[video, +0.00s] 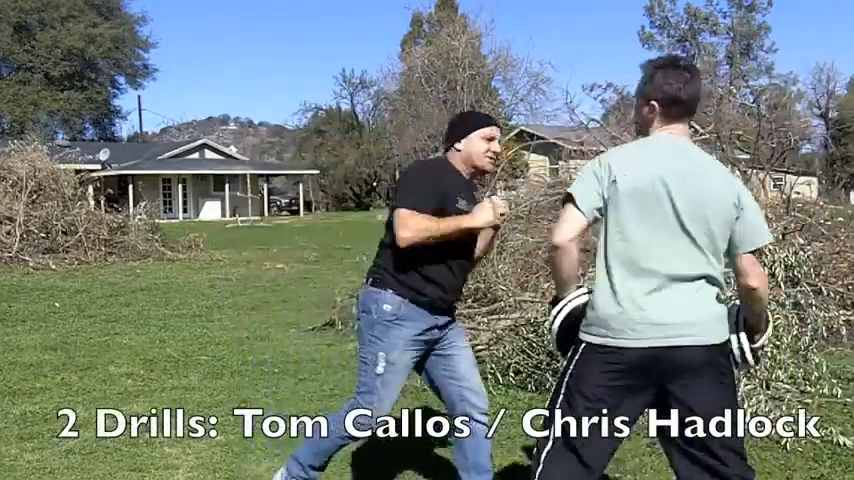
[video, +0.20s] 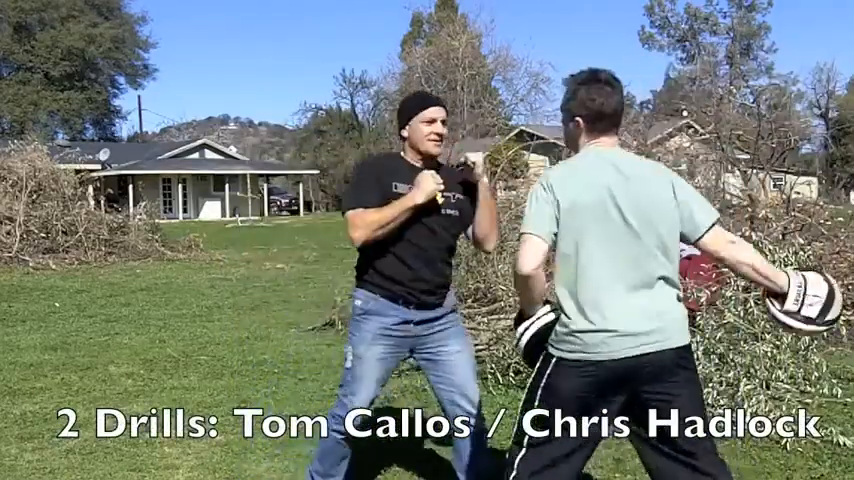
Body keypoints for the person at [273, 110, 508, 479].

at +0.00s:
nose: (496, 148)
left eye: (498, 141)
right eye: (488, 139)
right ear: (459, 142)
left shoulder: (470, 193)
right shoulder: (425, 173)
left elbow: (468, 256)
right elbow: (406, 232)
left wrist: (493, 225)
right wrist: (473, 220)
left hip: (438, 317)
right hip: (394, 308)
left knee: (472, 410)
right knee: (371, 410)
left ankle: (478, 477)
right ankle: (294, 472)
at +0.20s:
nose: (439, 130)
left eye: (443, 123)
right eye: (429, 123)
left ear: (446, 130)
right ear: (405, 129)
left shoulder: (458, 180)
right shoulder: (375, 168)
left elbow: (486, 240)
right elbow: (358, 231)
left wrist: (483, 184)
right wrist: (414, 198)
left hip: (440, 315)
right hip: (380, 313)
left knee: (468, 410)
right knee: (354, 409)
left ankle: (473, 477)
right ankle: (323, 475)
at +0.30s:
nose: (418, 128)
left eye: (424, 119)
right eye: (407, 121)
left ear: (433, 123)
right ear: (390, 128)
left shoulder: (449, 163)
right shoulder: (363, 166)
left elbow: (487, 162)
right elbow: (332, 228)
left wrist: (466, 121)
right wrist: (382, 203)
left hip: (434, 311)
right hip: (369, 309)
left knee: (465, 409)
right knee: (340, 404)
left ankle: (470, 475)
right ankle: (317, 475)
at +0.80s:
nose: (395, 143)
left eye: (398, 133)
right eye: (382, 137)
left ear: (404, 133)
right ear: (361, 142)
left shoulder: (429, 175)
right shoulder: (339, 184)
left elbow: (454, 242)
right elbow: (314, 255)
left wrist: (416, 197)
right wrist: (347, 217)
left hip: (434, 311)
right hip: (368, 313)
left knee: (482, 404)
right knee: (335, 405)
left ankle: (507, 476)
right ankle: (316, 475)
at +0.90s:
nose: (424, 144)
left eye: (427, 135)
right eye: (413, 136)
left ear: (432, 138)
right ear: (388, 145)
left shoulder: (451, 179)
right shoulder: (359, 186)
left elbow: (495, 237)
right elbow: (325, 255)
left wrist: (456, 211)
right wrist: (353, 228)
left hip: (449, 316)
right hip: (383, 318)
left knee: (500, 406)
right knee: (349, 406)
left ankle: (522, 476)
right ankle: (321, 475)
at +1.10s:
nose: (519, 139)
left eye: (522, 133)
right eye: (509, 131)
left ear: (522, 144)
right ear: (481, 139)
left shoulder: (503, 196)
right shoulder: (457, 170)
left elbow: (500, 256)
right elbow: (474, 160)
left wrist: (519, 227)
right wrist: (548, 133)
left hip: (476, 320)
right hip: (429, 311)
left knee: (511, 407)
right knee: (402, 415)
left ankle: (525, 476)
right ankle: (324, 468)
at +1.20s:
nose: (547, 153)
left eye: (547, 146)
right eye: (539, 144)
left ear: (512, 150)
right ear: (512, 146)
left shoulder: (516, 186)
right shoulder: (500, 170)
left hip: (481, 322)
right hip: (446, 315)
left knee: (515, 418)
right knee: (430, 424)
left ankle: (524, 476)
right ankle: (369, 474)